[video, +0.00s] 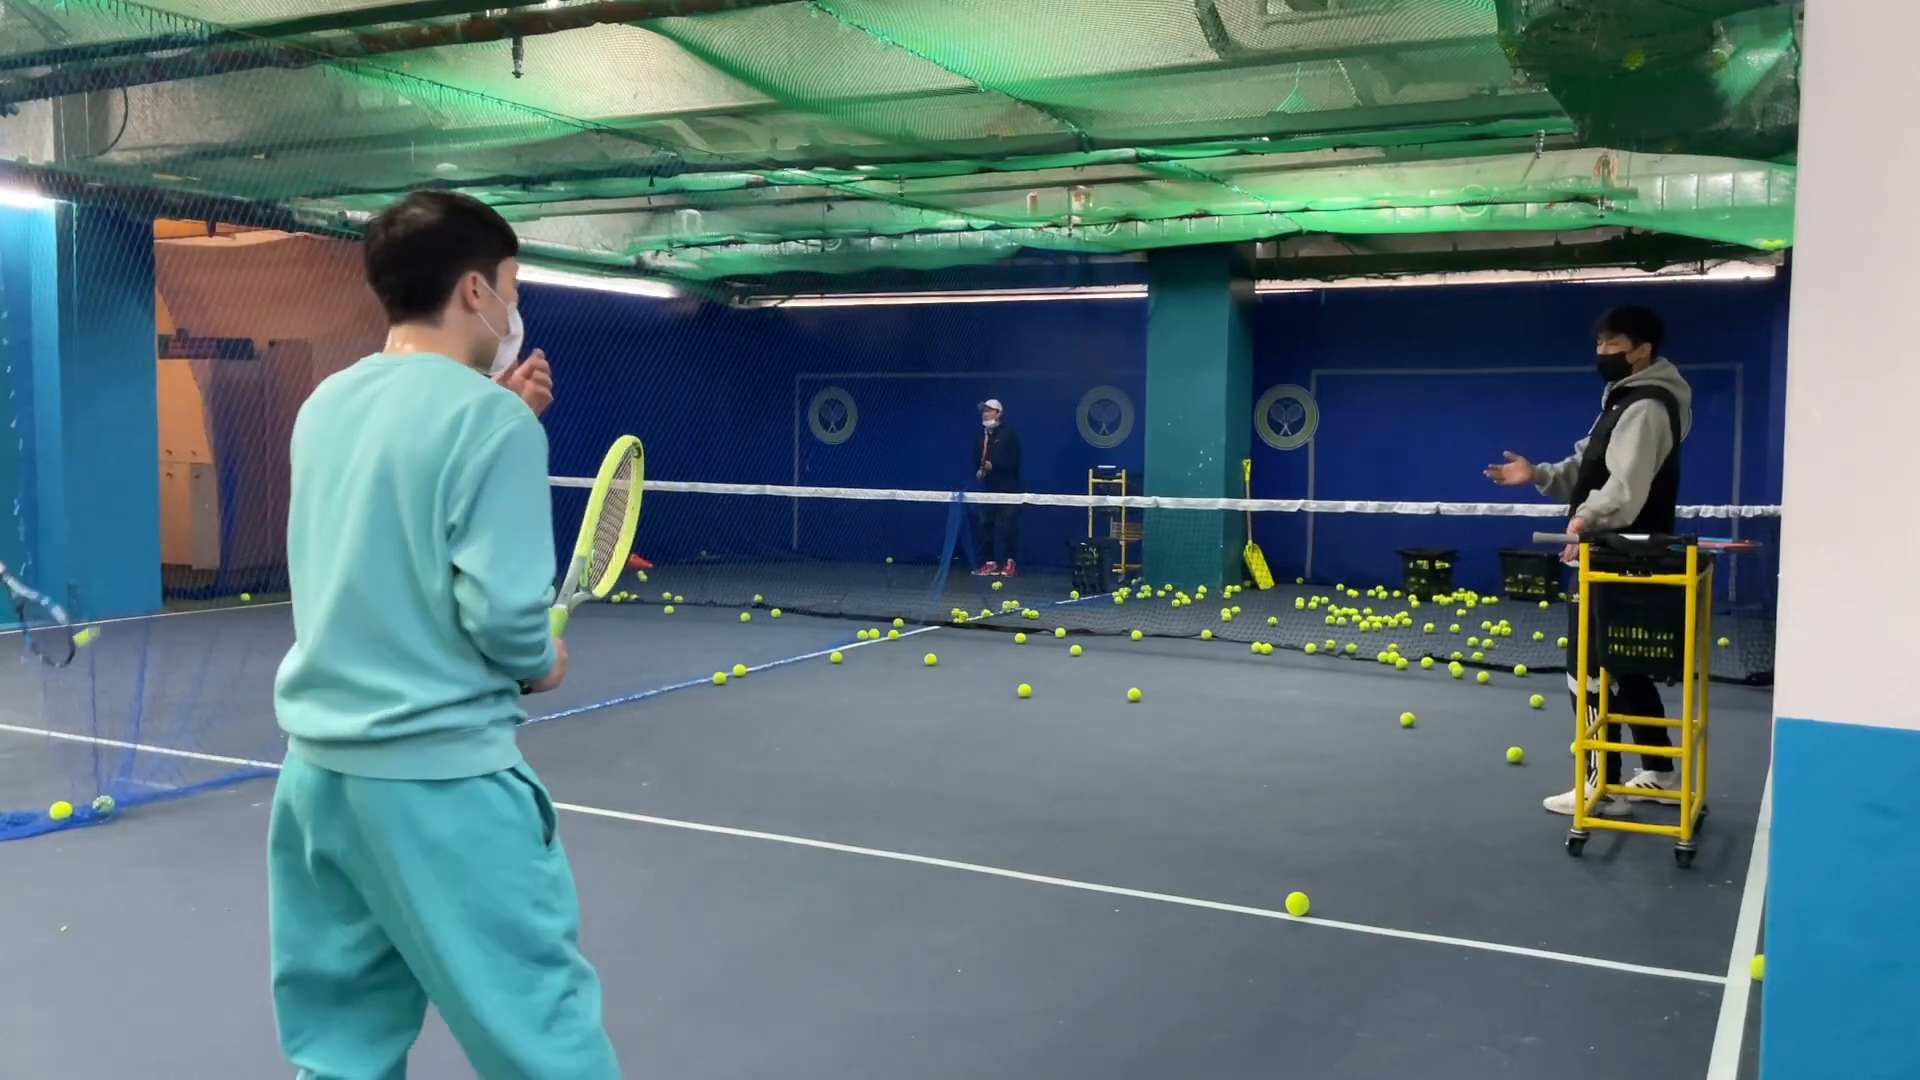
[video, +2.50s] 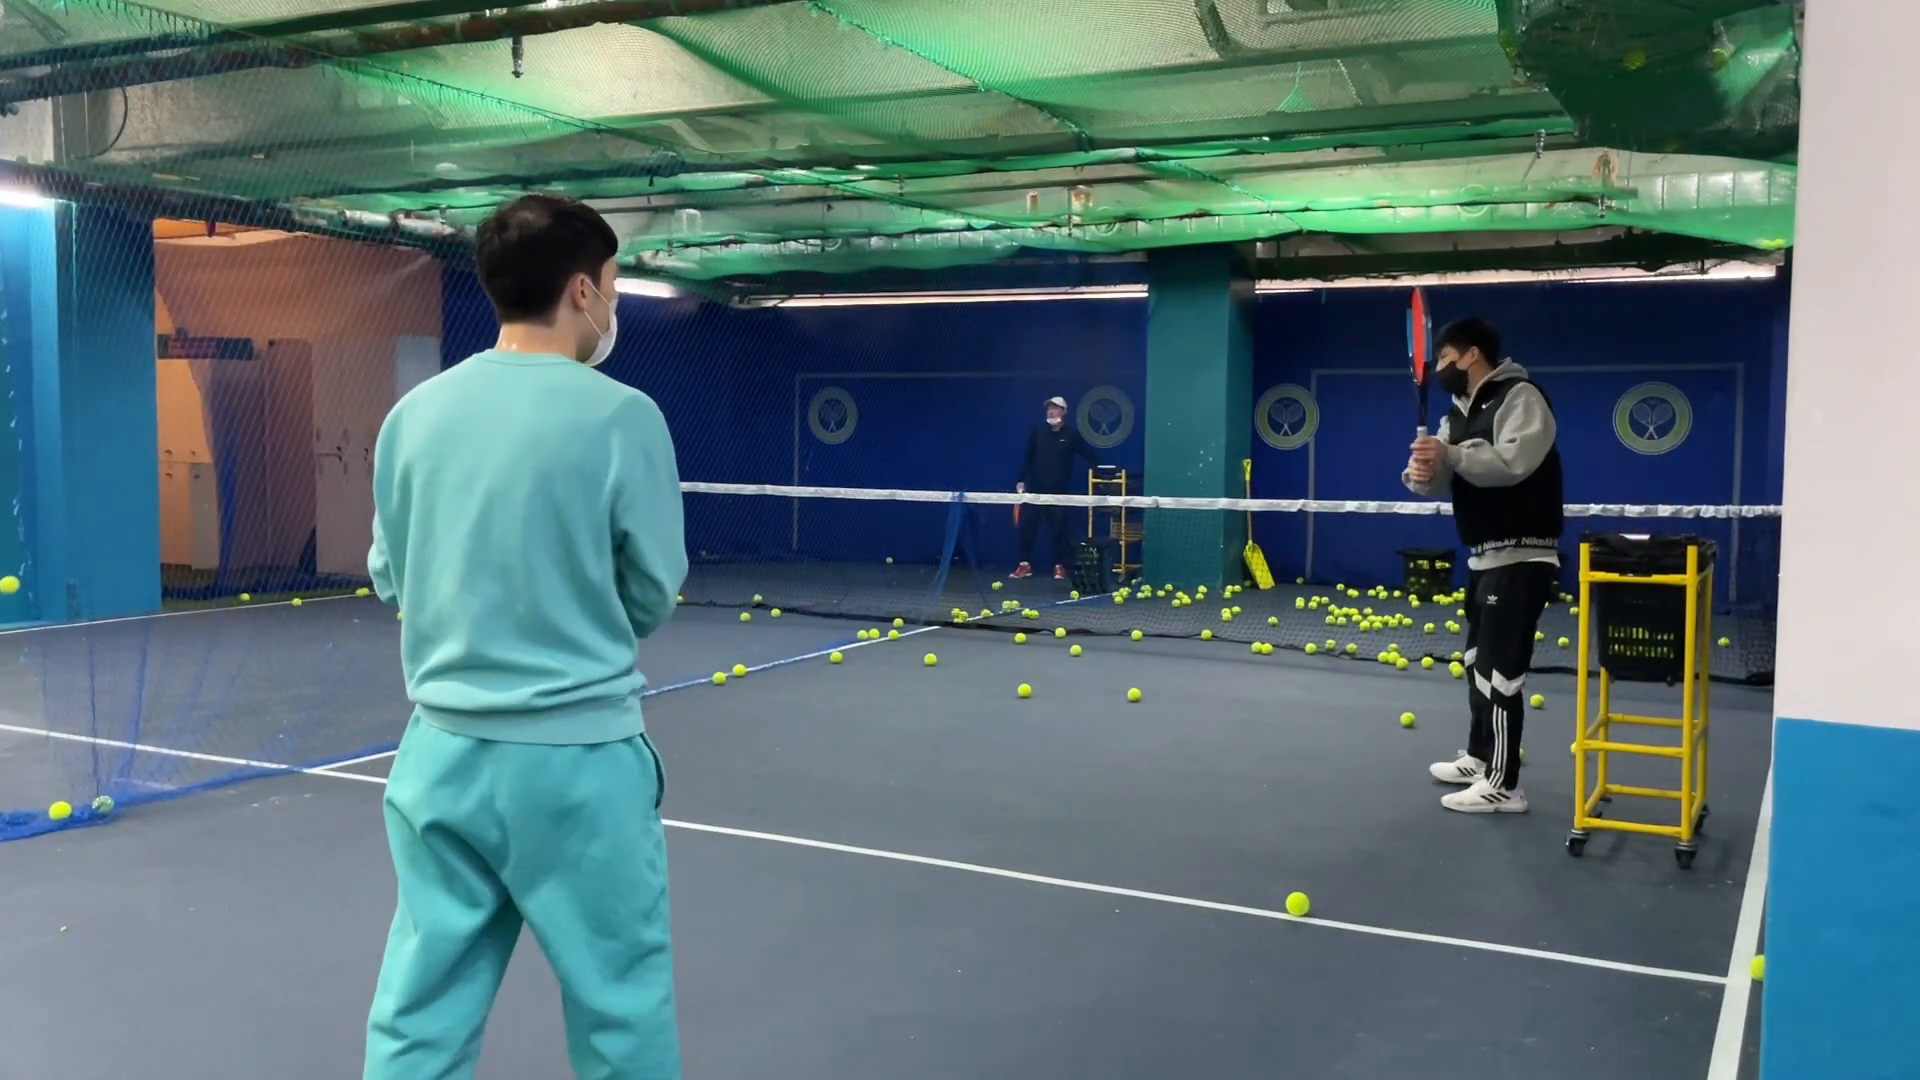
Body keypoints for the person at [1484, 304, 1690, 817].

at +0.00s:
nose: (1602, 350)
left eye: (1613, 341)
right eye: (1600, 342)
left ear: (1643, 348)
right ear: (1618, 351)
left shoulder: (1646, 407)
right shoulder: (1624, 399)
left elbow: (1626, 487)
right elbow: (1587, 469)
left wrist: (1583, 519)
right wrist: (1536, 474)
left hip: (1621, 555)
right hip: (1617, 551)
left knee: (1590, 671)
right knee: (1628, 664)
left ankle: (1601, 781)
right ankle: (1658, 770)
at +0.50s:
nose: (1569, 350)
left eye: (1578, 341)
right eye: (1568, 342)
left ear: (1608, 344)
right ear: (1601, 348)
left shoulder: (1619, 405)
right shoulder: (1603, 399)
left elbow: (1604, 492)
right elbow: (1576, 469)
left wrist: (1543, 504)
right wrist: (1535, 484)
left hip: (1612, 557)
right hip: (1596, 553)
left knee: (1602, 669)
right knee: (1594, 665)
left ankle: (1606, 785)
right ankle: (1598, 768)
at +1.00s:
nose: (1569, 354)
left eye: (1575, 345)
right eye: (1569, 345)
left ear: (1603, 346)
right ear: (1610, 348)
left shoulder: (1596, 402)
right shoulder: (1634, 398)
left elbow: (1559, 480)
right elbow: (1590, 478)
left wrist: (1515, 490)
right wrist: (1525, 488)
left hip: (1581, 557)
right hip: (1609, 553)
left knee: (1582, 674)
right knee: (1585, 669)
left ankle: (1601, 785)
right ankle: (1588, 768)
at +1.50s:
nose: (1543, 358)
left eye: (1550, 349)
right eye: (1543, 350)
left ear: (1579, 348)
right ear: (1583, 351)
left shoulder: (1577, 403)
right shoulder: (1606, 399)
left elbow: (1546, 475)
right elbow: (1566, 479)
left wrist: (1492, 492)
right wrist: (1507, 497)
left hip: (1566, 556)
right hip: (1598, 554)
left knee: (1532, 664)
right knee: (1579, 665)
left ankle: (1526, 779)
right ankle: (1590, 771)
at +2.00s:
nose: (1492, 363)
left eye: (1495, 354)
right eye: (1491, 355)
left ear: (1516, 353)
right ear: (1524, 354)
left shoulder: (1545, 406)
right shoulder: (1524, 405)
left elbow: (1504, 468)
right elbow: (1491, 478)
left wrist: (1435, 466)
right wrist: (1434, 484)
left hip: (1533, 561)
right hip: (1523, 559)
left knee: (1495, 670)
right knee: (1522, 668)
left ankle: (1500, 785)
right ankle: (1575, 758)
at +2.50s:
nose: (1444, 371)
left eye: (1448, 361)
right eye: (1441, 364)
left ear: (1476, 354)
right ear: (1462, 362)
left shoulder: (1522, 398)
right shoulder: (1460, 415)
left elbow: (1514, 460)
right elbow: (1439, 483)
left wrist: (1449, 455)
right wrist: (1419, 472)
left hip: (1522, 555)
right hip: (1487, 557)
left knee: (1501, 673)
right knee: (1479, 666)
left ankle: (1502, 786)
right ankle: (1480, 760)